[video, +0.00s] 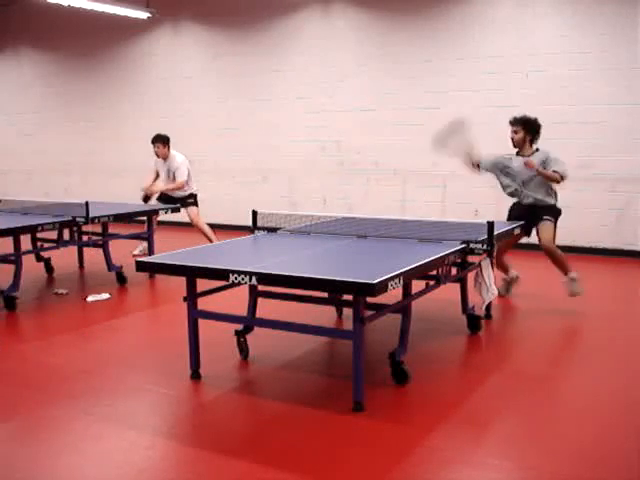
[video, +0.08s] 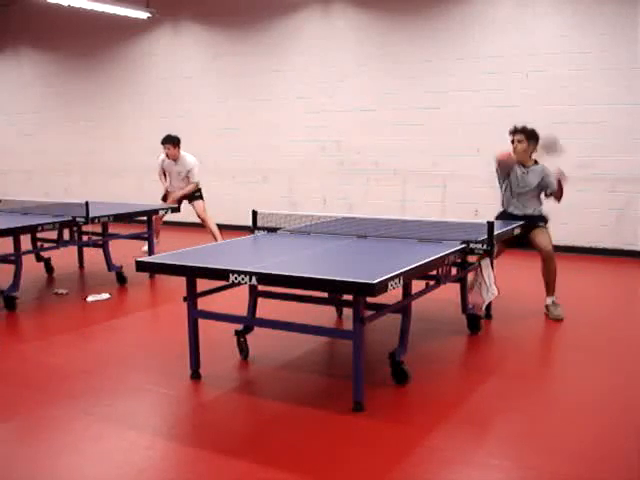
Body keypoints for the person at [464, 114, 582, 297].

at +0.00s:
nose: (511, 136)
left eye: (515, 132)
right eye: (511, 133)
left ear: (528, 136)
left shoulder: (544, 157)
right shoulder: (508, 161)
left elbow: (558, 178)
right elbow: (478, 164)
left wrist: (537, 169)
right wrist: (466, 151)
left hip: (545, 209)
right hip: (521, 209)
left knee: (547, 245)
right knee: (496, 252)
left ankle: (571, 276)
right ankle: (510, 276)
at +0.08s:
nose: (514, 146)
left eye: (519, 142)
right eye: (512, 142)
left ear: (532, 147)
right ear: (512, 145)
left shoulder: (541, 171)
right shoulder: (507, 168)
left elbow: (557, 197)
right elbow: (504, 163)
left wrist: (559, 184)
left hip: (534, 219)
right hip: (508, 218)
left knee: (548, 251)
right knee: (489, 250)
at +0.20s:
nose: (518, 159)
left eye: (523, 155)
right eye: (515, 155)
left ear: (531, 159)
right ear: (512, 156)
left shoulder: (533, 179)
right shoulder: (505, 174)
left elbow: (532, 205)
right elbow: (513, 204)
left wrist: (552, 212)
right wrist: (546, 208)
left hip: (520, 223)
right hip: (497, 224)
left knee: (544, 250)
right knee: (474, 255)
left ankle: (551, 301)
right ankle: (439, 282)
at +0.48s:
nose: (523, 137)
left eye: (528, 133)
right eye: (520, 133)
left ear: (537, 137)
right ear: (516, 135)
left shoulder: (542, 160)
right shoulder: (504, 159)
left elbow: (541, 183)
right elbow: (499, 191)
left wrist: (552, 201)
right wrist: (529, 196)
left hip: (528, 209)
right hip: (502, 208)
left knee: (540, 246)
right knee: (485, 250)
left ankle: (547, 298)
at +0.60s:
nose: (526, 119)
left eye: (530, 115)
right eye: (524, 116)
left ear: (541, 118)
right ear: (521, 119)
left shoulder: (551, 145)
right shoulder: (512, 144)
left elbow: (565, 168)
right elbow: (501, 170)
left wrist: (561, 183)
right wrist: (514, 183)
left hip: (541, 199)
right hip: (514, 197)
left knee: (542, 247)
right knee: (491, 241)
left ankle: (547, 297)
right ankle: (480, 286)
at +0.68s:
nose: (525, 111)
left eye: (529, 107)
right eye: (524, 107)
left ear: (541, 109)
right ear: (523, 110)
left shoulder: (553, 135)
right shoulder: (516, 136)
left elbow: (565, 163)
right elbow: (507, 162)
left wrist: (552, 178)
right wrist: (507, 178)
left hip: (543, 192)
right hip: (518, 191)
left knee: (548, 246)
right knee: (505, 237)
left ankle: (552, 295)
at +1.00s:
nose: (525, 112)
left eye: (530, 108)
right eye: (526, 108)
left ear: (542, 112)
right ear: (534, 112)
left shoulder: (551, 137)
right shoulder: (532, 139)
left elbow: (556, 168)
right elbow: (538, 168)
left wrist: (528, 177)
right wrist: (523, 176)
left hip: (557, 192)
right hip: (541, 192)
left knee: (548, 244)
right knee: (538, 243)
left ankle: (567, 294)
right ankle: (548, 289)